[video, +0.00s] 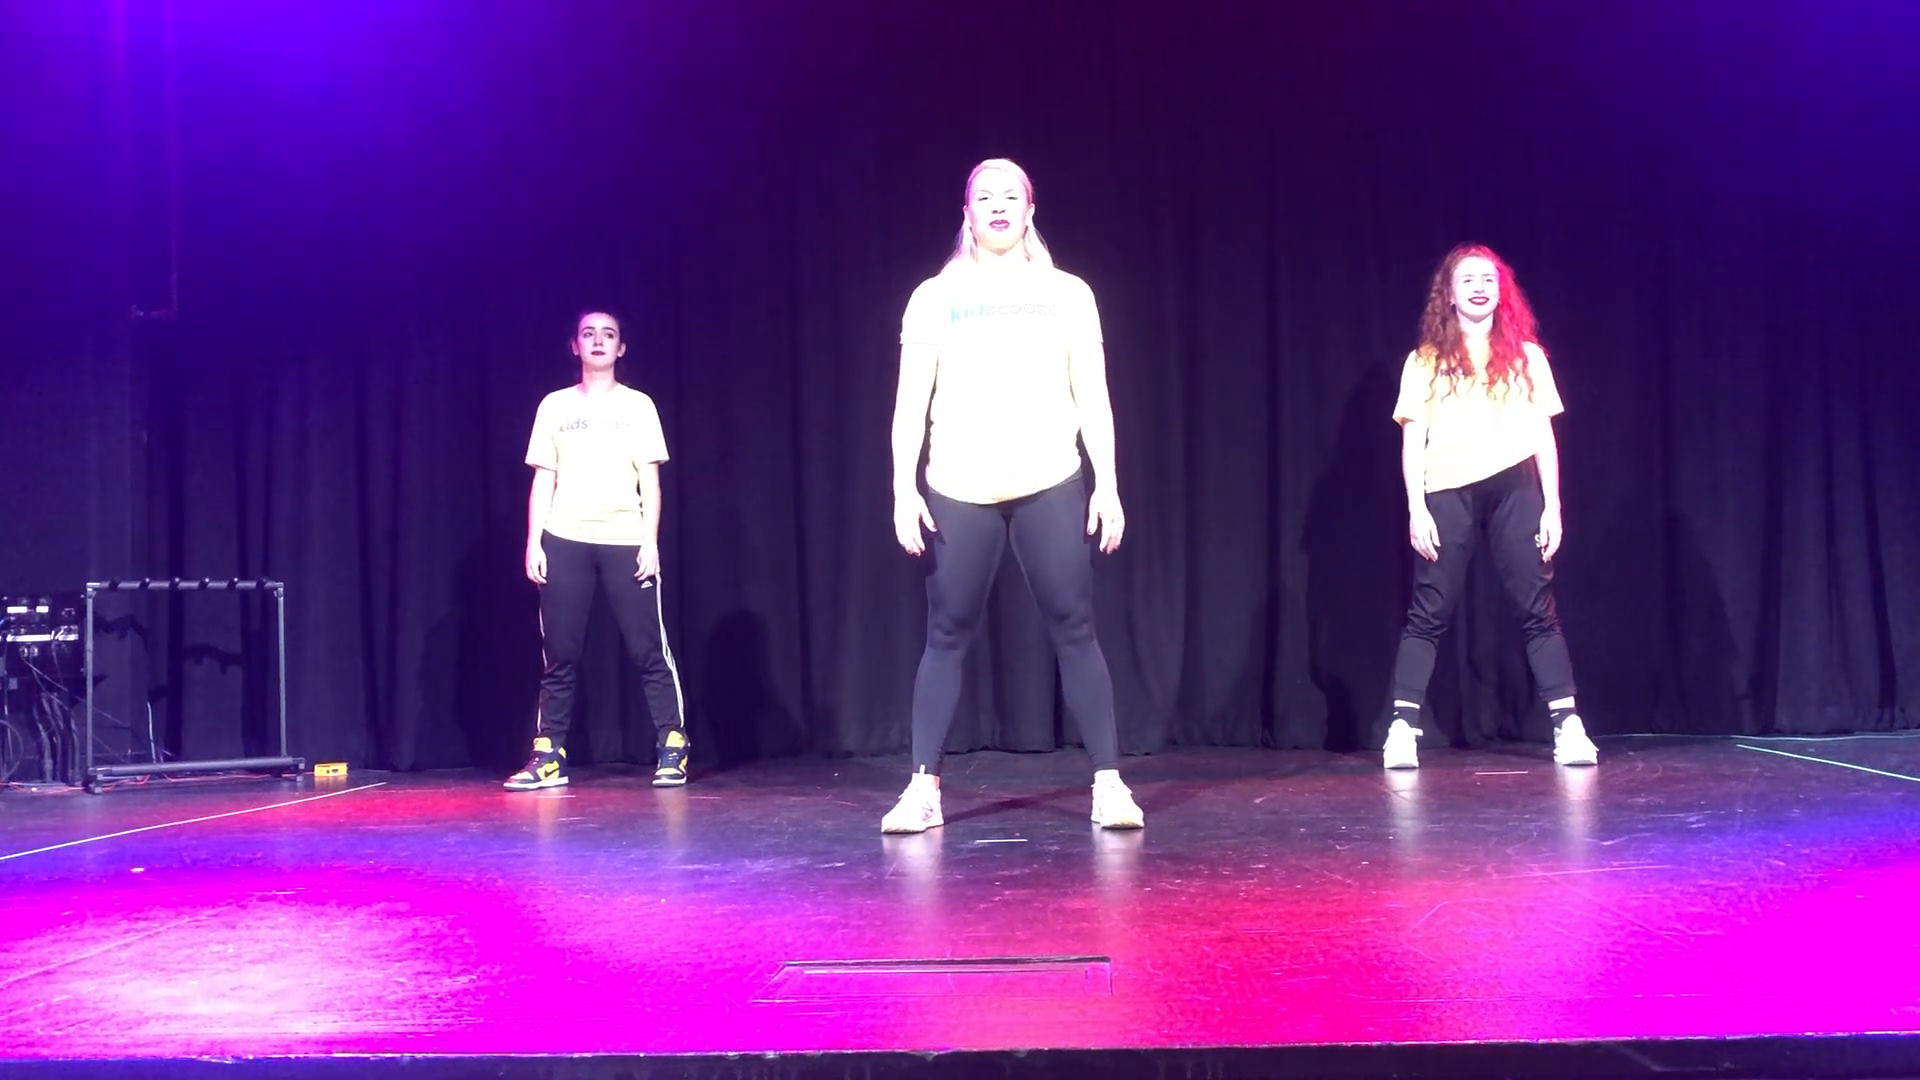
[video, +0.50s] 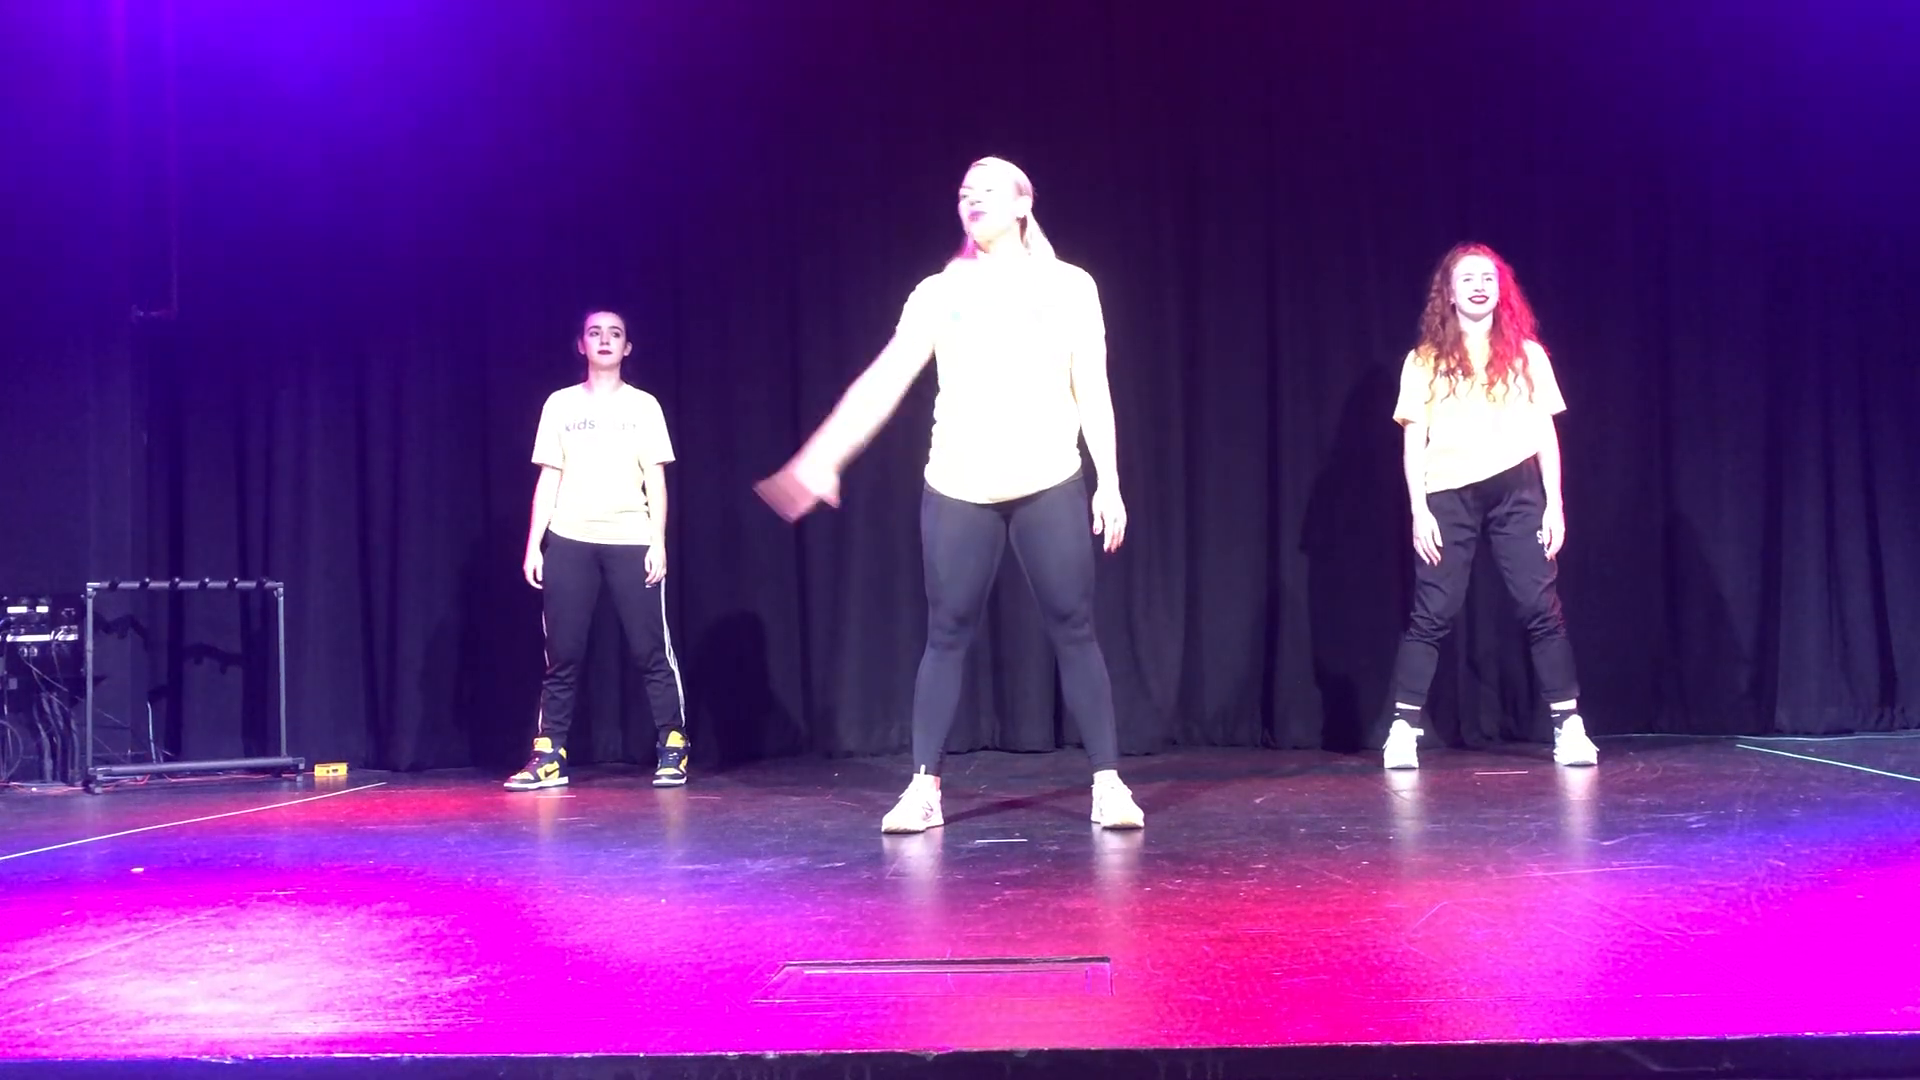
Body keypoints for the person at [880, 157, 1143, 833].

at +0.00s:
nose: (999, 209)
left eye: (1010, 199)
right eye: (987, 199)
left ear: (1030, 209)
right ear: (967, 210)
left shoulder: (1070, 294)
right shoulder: (932, 299)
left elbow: (1092, 394)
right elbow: (911, 402)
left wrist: (1106, 483)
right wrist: (904, 488)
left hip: (1050, 482)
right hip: (961, 486)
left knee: (1074, 624)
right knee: (947, 629)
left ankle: (1108, 780)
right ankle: (924, 783)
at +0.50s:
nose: (971, 200)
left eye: (986, 188)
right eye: (965, 192)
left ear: (1024, 200)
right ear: (959, 210)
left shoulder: (1071, 287)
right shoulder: (939, 292)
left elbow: (1093, 391)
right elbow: (882, 382)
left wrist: (1108, 482)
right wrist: (820, 457)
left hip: (1049, 477)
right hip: (961, 482)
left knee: (1074, 623)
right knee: (947, 627)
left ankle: (1106, 779)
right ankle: (924, 784)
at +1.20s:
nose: (848, 259)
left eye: (861, 247)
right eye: (850, 248)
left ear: (903, 255)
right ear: (876, 260)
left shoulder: (956, 317)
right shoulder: (881, 340)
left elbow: (1002, 409)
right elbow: (813, 394)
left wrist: (1027, 503)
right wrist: (833, 315)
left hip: (1017, 490)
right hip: (952, 506)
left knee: (1049, 634)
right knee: (911, 629)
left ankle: (1144, 768)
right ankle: (917, 788)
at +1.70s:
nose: (911, 219)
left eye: (927, 208)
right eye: (908, 211)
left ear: (969, 218)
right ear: (905, 226)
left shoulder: (1025, 284)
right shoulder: (905, 300)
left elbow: (1088, 369)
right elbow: (845, 368)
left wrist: (1114, 451)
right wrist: (894, 287)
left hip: (1035, 480)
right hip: (950, 489)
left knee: (1084, 619)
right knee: (921, 626)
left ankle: (1127, 774)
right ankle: (917, 787)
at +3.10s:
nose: (1044, 341)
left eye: (1053, 328)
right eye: (1030, 329)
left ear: (1068, 330)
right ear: (998, 335)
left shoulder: (1086, 368)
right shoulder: (964, 381)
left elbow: (1141, 464)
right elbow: (947, 484)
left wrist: (1087, 393)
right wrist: (1006, 414)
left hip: (1044, 508)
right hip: (953, 508)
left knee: (1071, 628)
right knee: (925, 628)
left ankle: (1118, 780)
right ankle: (881, 778)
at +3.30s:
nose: (900, 366)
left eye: (913, 351)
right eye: (889, 353)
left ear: (949, 350)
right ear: (878, 360)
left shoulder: (1004, 381)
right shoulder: (886, 414)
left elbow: (1055, 469)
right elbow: (864, 523)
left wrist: (963, 417)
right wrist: (888, 427)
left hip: (1046, 508)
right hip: (958, 516)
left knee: (1079, 630)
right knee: (930, 636)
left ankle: (1121, 779)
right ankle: (887, 782)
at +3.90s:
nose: (892, 219)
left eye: (910, 207)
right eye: (889, 212)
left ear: (949, 221)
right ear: (885, 230)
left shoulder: (993, 271)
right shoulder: (882, 316)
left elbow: (994, 312)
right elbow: (820, 358)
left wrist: (919, 261)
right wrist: (860, 280)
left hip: (1018, 479)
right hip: (933, 491)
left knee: (1066, 623)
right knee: (911, 632)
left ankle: (1119, 773)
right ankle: (881, 783)